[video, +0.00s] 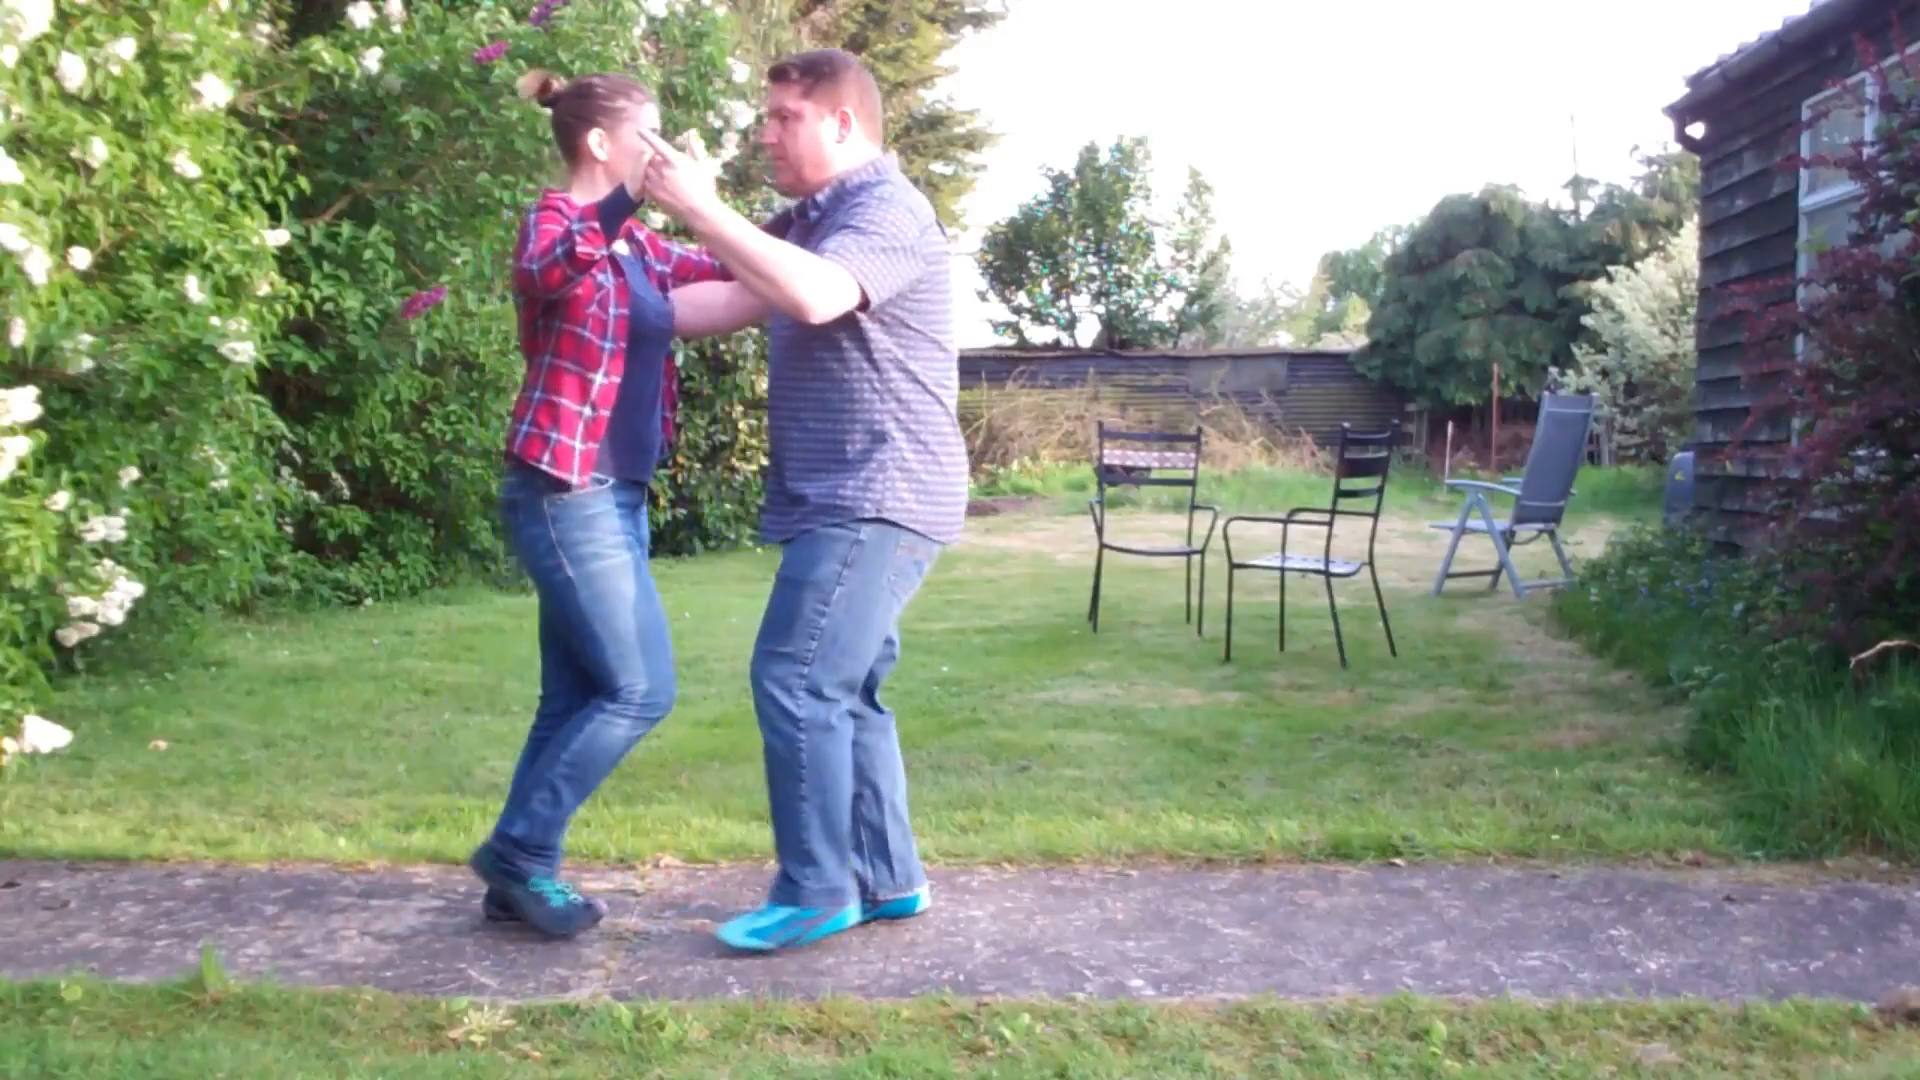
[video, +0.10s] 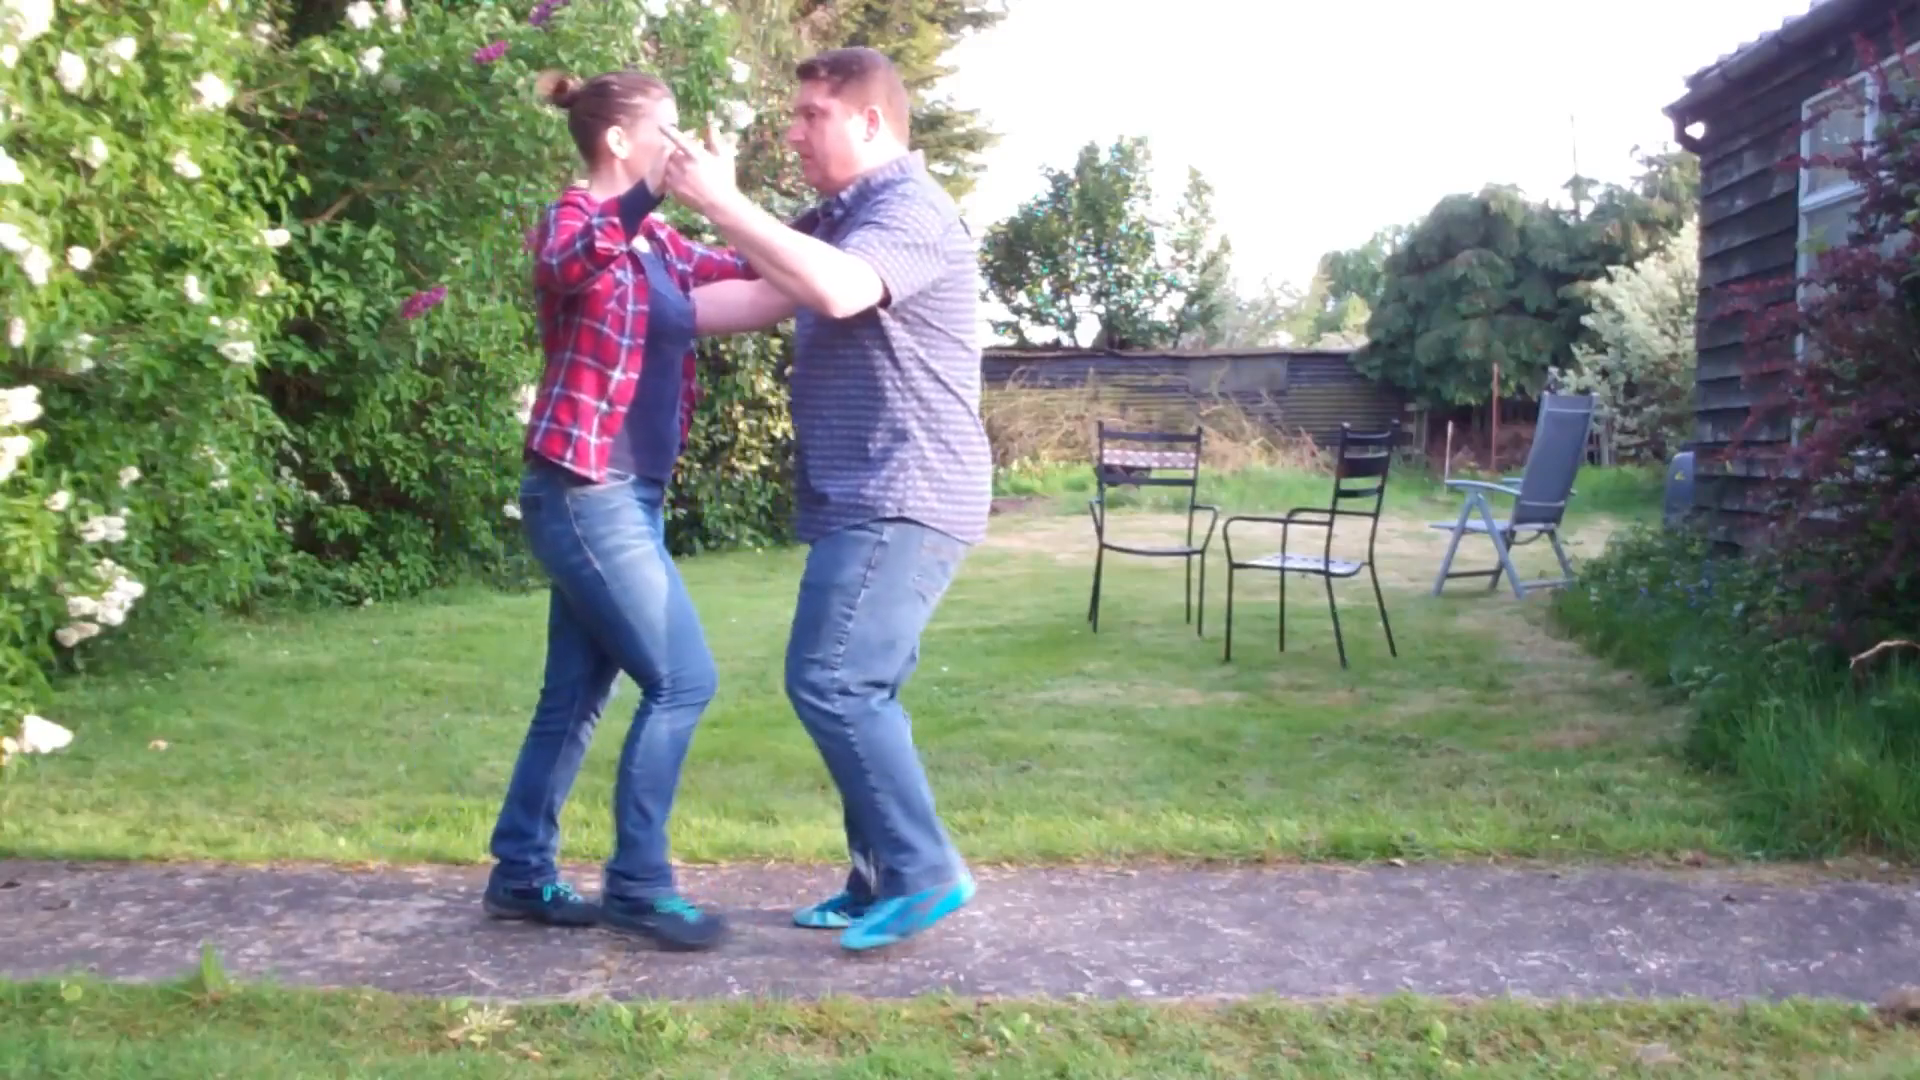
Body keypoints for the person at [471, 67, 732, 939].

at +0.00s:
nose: (660, 150)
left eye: (658, 134)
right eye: (647, 134)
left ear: (604, 143)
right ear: (599, 141)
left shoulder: (639, 241)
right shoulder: (550, 221)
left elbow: (725, 265)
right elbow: (545, 276)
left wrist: (801, 232)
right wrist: (615, 201)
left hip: (618, 491)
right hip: (561, 488)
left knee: (575, 693)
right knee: (639, 690)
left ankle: (519, 870)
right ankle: (518, 859)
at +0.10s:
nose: (677, 144)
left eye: (675, 129)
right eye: (664, 129)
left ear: (622, 137)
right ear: (617, 138)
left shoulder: (660, 240)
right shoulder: (569, 217)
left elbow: (747, 267)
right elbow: (561, 266)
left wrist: (825, 243)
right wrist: (647, 194)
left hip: (630, 489)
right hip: (581, 489)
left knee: (572, 698)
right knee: (684, 679)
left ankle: (520, 871)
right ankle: (639, 884)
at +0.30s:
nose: (722, 138)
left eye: (722, 124)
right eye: (710, 123)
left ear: (671, 137)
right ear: (664, 134)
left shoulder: (711, 238)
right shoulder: (623, 217)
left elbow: (808, 268)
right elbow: (625, 263)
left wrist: (877, 238)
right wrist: (702, 185)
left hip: (682, 484)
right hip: (647, 485)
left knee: (625, 693)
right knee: (738, 689)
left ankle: (534, 856)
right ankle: (708, 899)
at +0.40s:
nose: (750, 134)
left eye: (748, 119)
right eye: (736, 118)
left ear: (693, 131)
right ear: (690, 129)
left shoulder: (731, 235)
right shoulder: (652, 214)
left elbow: (824, 268)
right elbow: (653, 273)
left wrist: (907, 252)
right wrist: (721, 191)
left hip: (719, 482)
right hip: (683, 482)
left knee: (718, 696)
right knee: (743, 700)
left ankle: (574, 831)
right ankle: (706, 900)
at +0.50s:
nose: (778, 141)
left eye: (776, 125)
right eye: (763, 124)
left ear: (724, 140)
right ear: (715, 137)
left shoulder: (761, 242)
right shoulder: (677, 221)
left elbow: (859, 265)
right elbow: (675, 279)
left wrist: (943, 240)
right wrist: (760, 189)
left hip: (754, 486)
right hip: (702, 486)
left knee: (803, 690)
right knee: (752, 703)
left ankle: (659, 836)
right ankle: (704, 905)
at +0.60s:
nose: (801, 140)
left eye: (800, 125)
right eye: (786, 124)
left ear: (749, 141)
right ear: (737, 136)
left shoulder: (787, 244)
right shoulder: (702, 223)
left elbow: (889, 266)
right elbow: (702, 283)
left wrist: (974, 234)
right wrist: (789, 198)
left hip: (775, 495)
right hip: (722, 493)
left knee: (848, 680)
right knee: (766, 704)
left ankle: (780, 870)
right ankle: (704, 901)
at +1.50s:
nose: (768, 149)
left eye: (765, 133)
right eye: (753, 132)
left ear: (725, 139)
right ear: (704, 135)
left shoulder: (752, 241)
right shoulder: (660, 226)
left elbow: (842, 266)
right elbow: (663, 286)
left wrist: (919, 248)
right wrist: (700, 188)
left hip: (747, 488)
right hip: (694, 487)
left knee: (795, 680)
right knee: (750, 695)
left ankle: (653, 820)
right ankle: (692, 899)